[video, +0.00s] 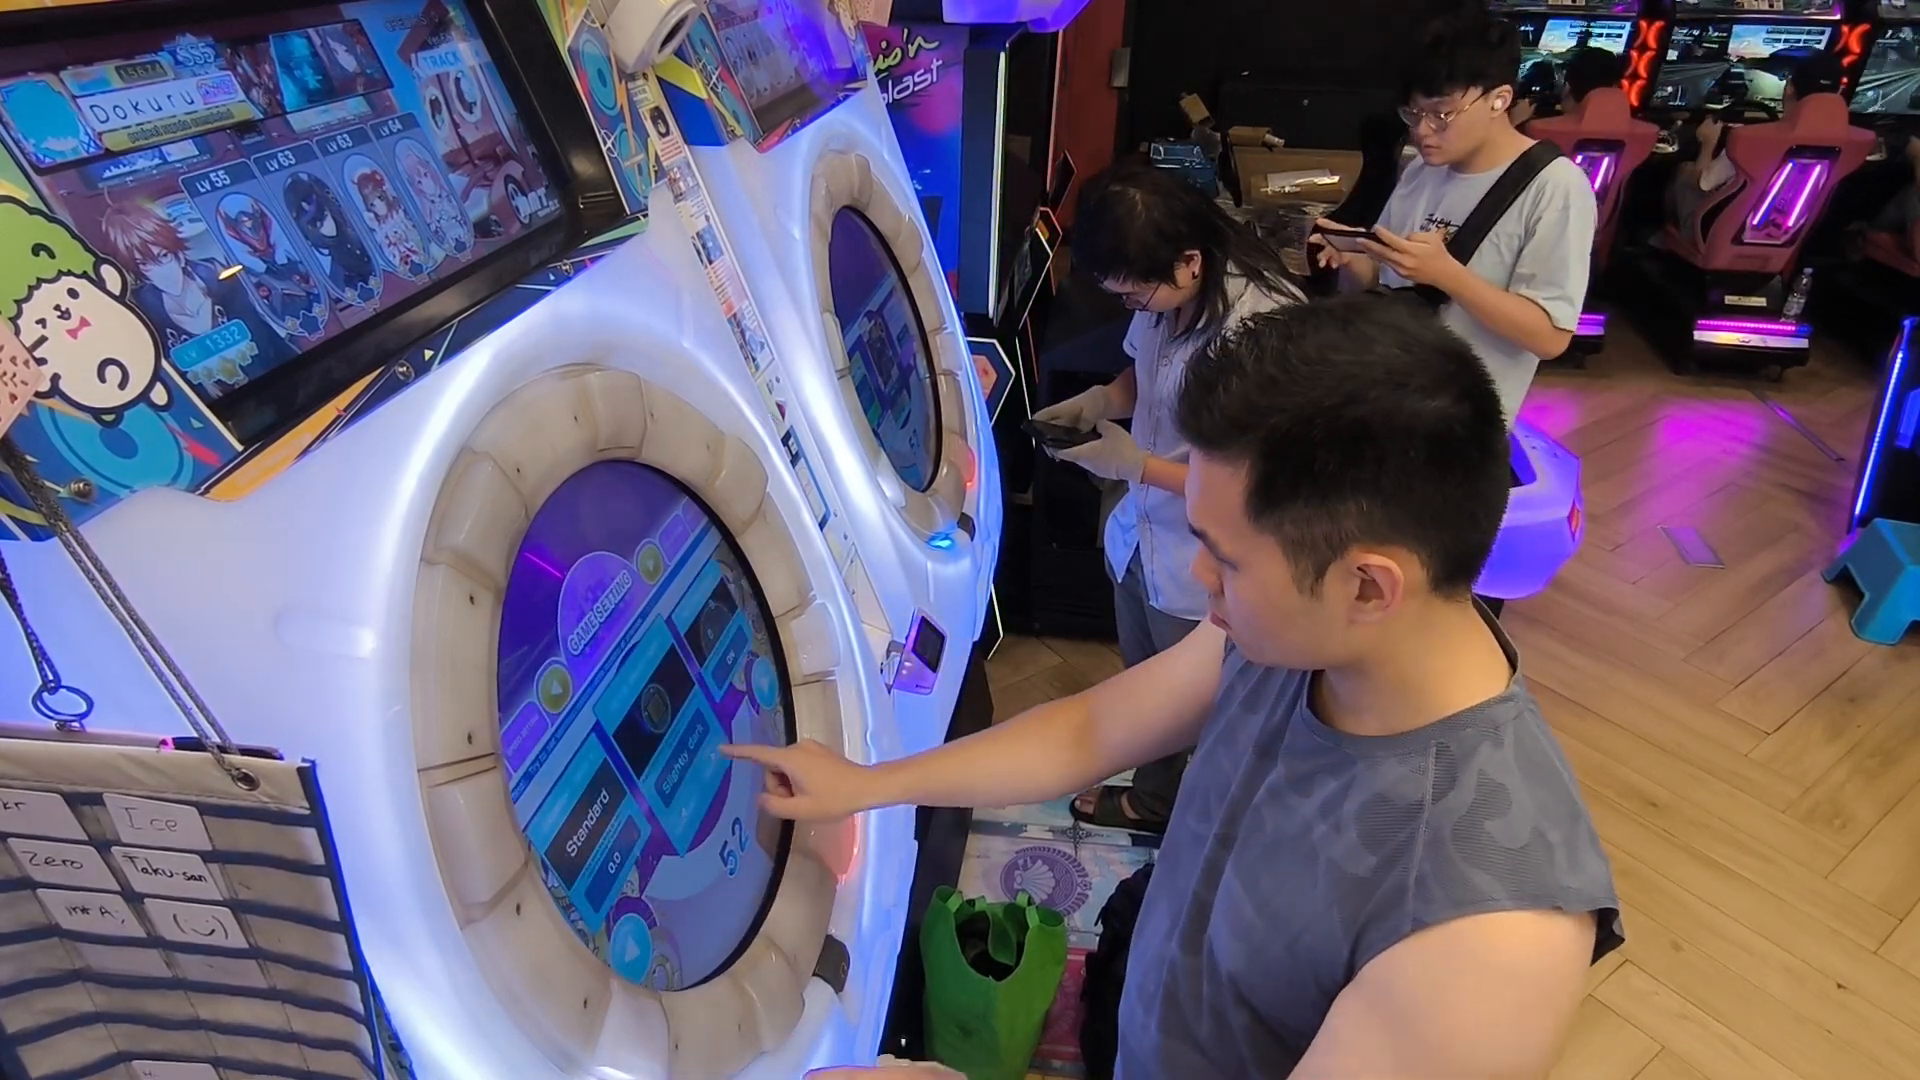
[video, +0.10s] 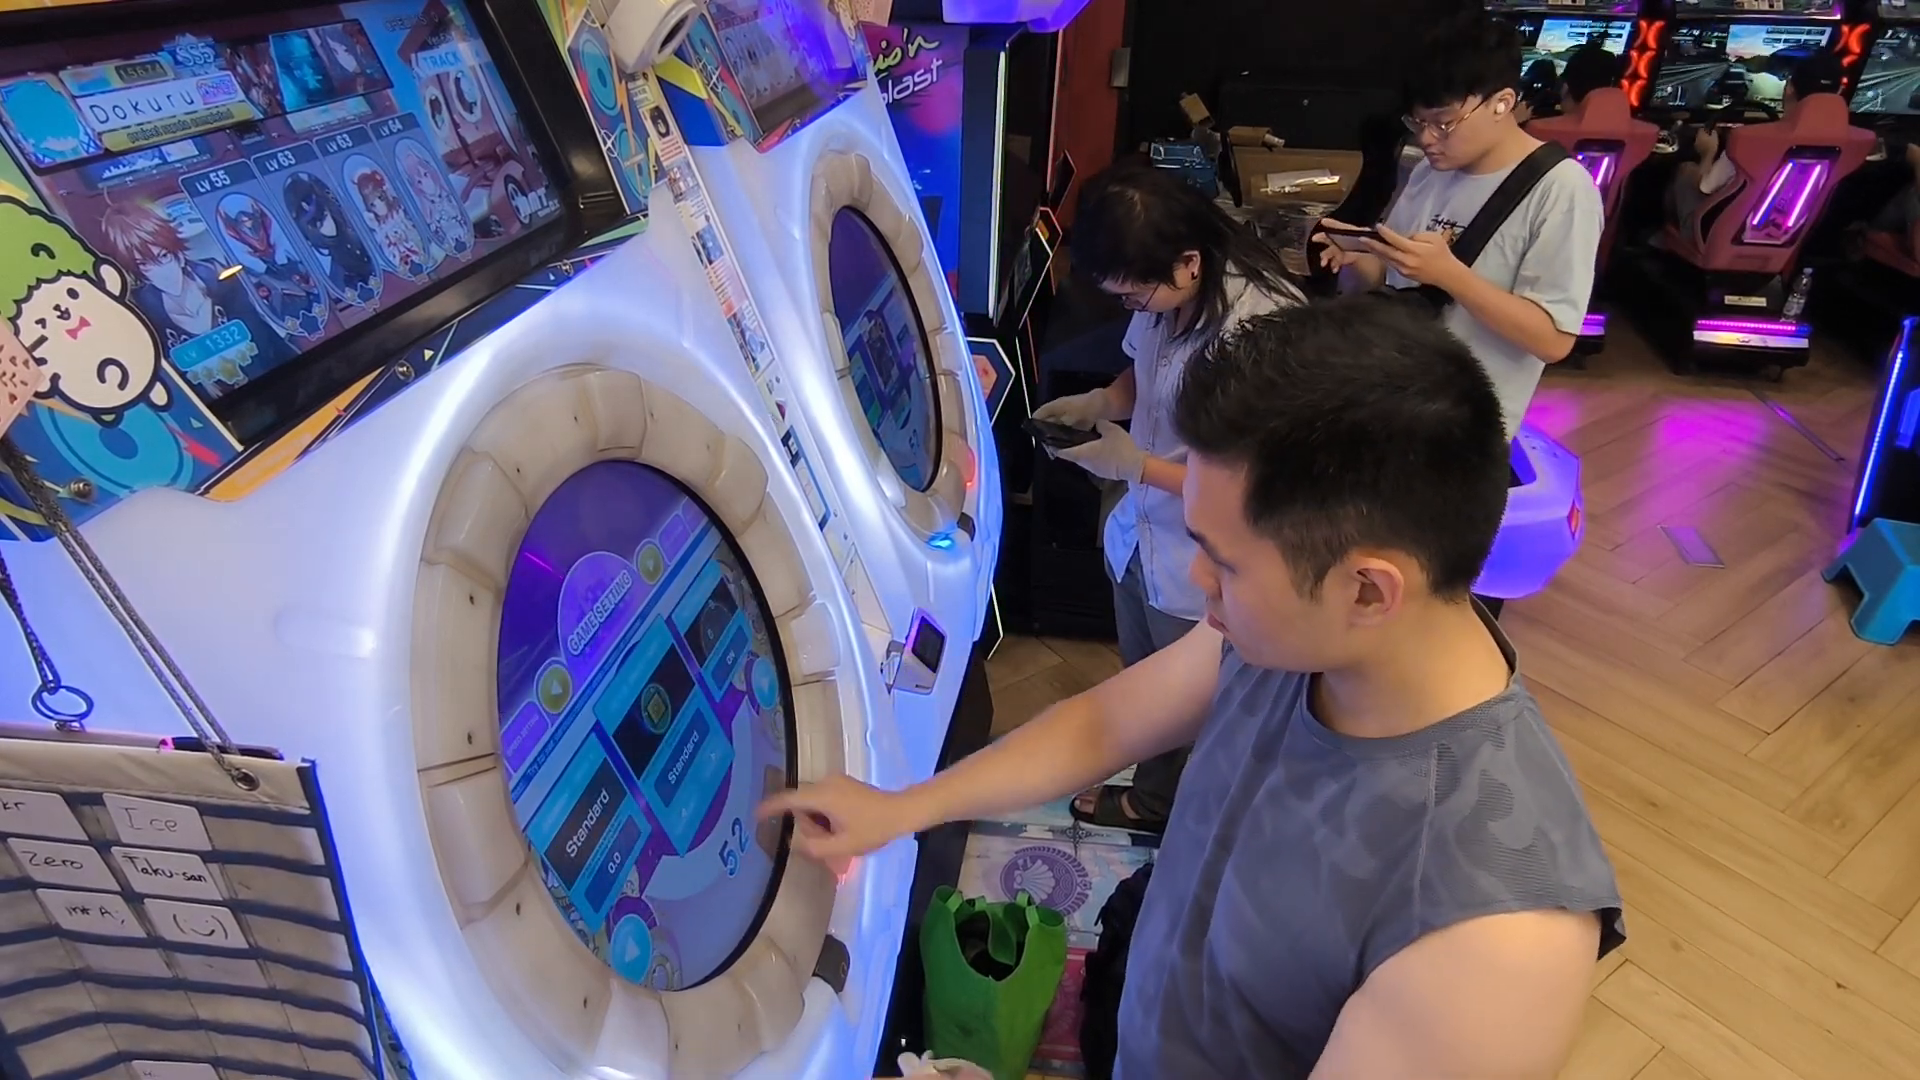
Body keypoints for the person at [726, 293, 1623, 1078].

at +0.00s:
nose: (1194, 577)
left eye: (1223, 556)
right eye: (1200, 539)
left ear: (1373, 589)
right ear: (1371, 583)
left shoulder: (1490, 909)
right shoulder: (1295, 630)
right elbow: (1089, 732)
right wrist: (871, 783)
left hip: (1203, 1073)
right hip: (1132, 1011)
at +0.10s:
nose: (1191, 579)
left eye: (1222, 561)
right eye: (1198, 544)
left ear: (1370, 593)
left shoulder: (1494, 918)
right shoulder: (1296, 626)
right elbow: (1101, 726)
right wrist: (904, 805)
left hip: (1208, 1075)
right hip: (1131, 1002)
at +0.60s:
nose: (1161, 578)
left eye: (1187, 562)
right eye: (1162, 546)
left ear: (1327, 584)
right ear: (1326, 587)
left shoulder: (1500, 922)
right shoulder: (1286, 640)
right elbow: (1163, 761)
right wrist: (1000, 857)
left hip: (1215, 1071)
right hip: (1141, 977)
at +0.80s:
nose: (1179, 586)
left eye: (1204, 564)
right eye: (1181, 550)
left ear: (1345, 588)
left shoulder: (1513, 922)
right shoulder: (1302, 650)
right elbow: (1192, 777)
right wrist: (1039, 913)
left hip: (1232, 1069)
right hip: (1135, 1011)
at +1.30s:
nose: (1214, 664)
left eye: (1241, 657)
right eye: (1215, 637)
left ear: (1402, 680)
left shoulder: (1571, 1009)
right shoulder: (1336, 668)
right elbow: (1218, 779)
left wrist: (1120, 1076)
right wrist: (1095, 929)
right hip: (1159, 1000)